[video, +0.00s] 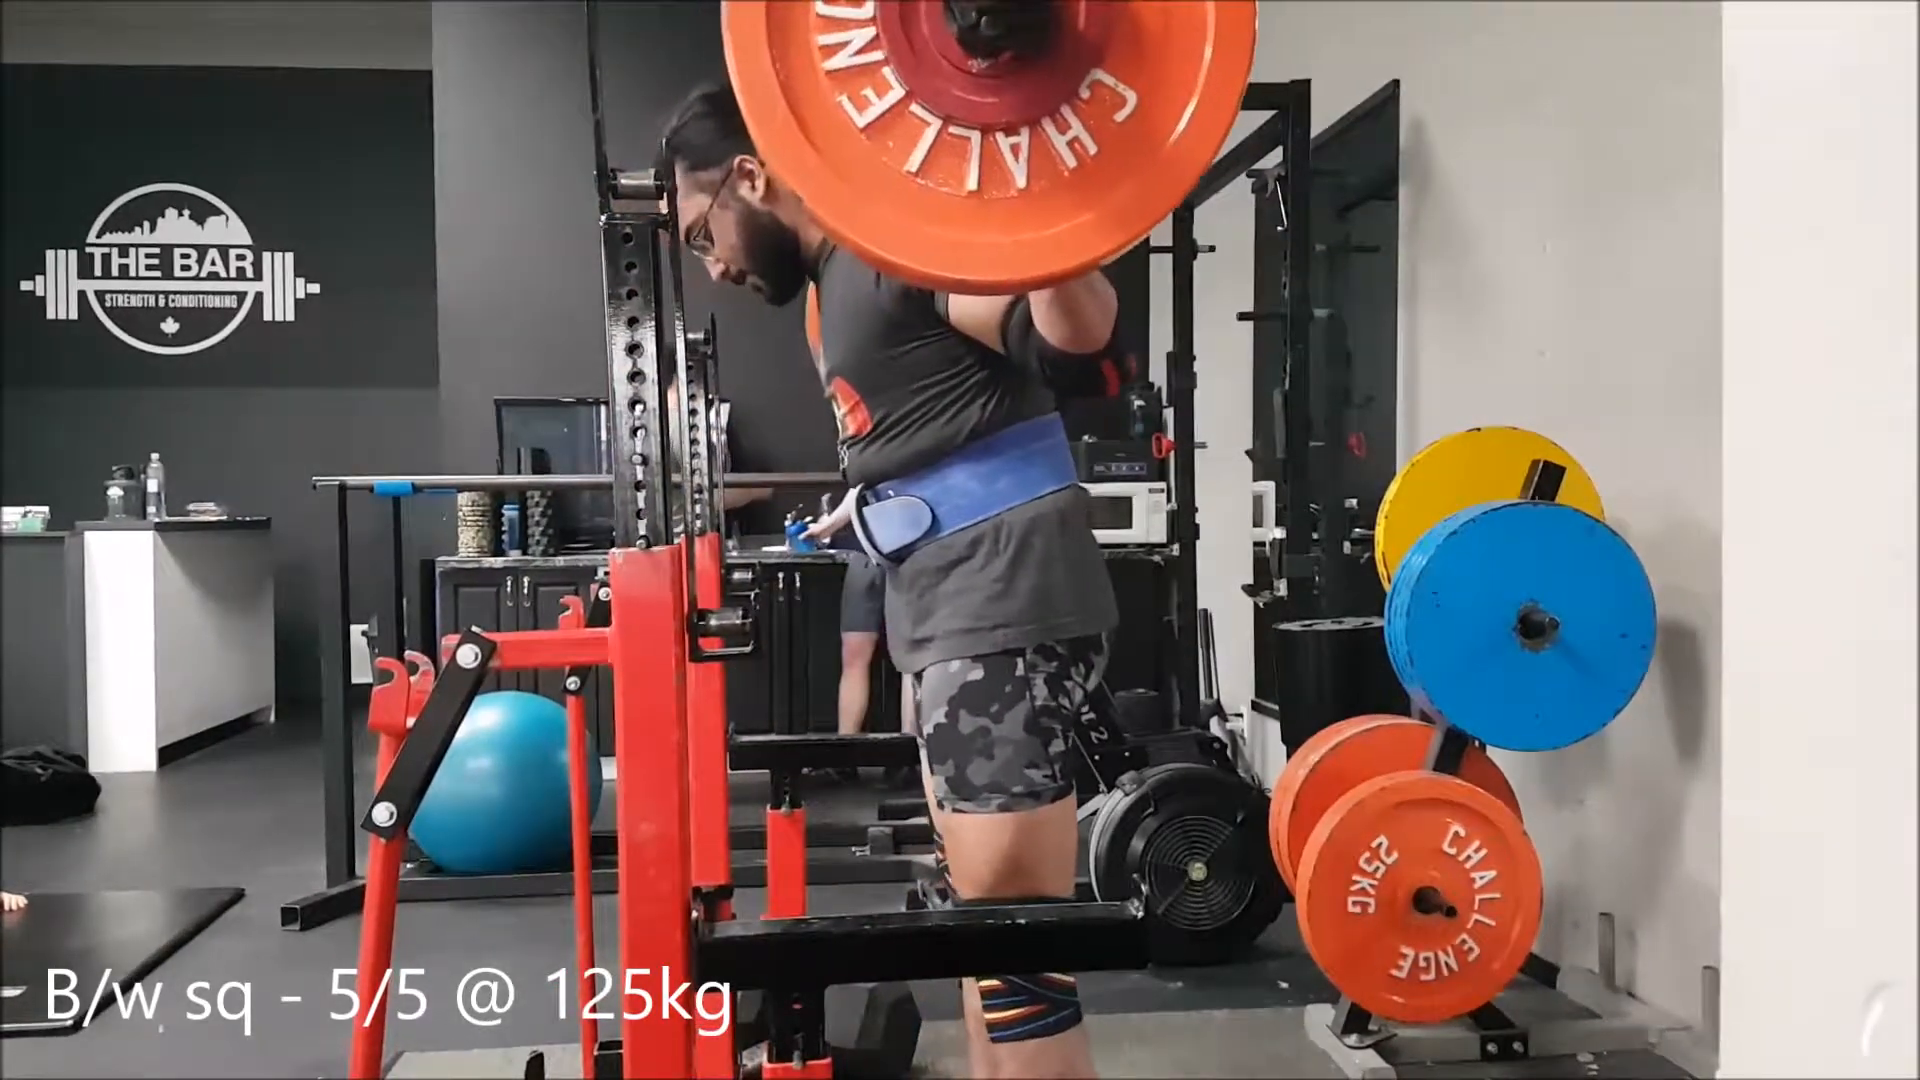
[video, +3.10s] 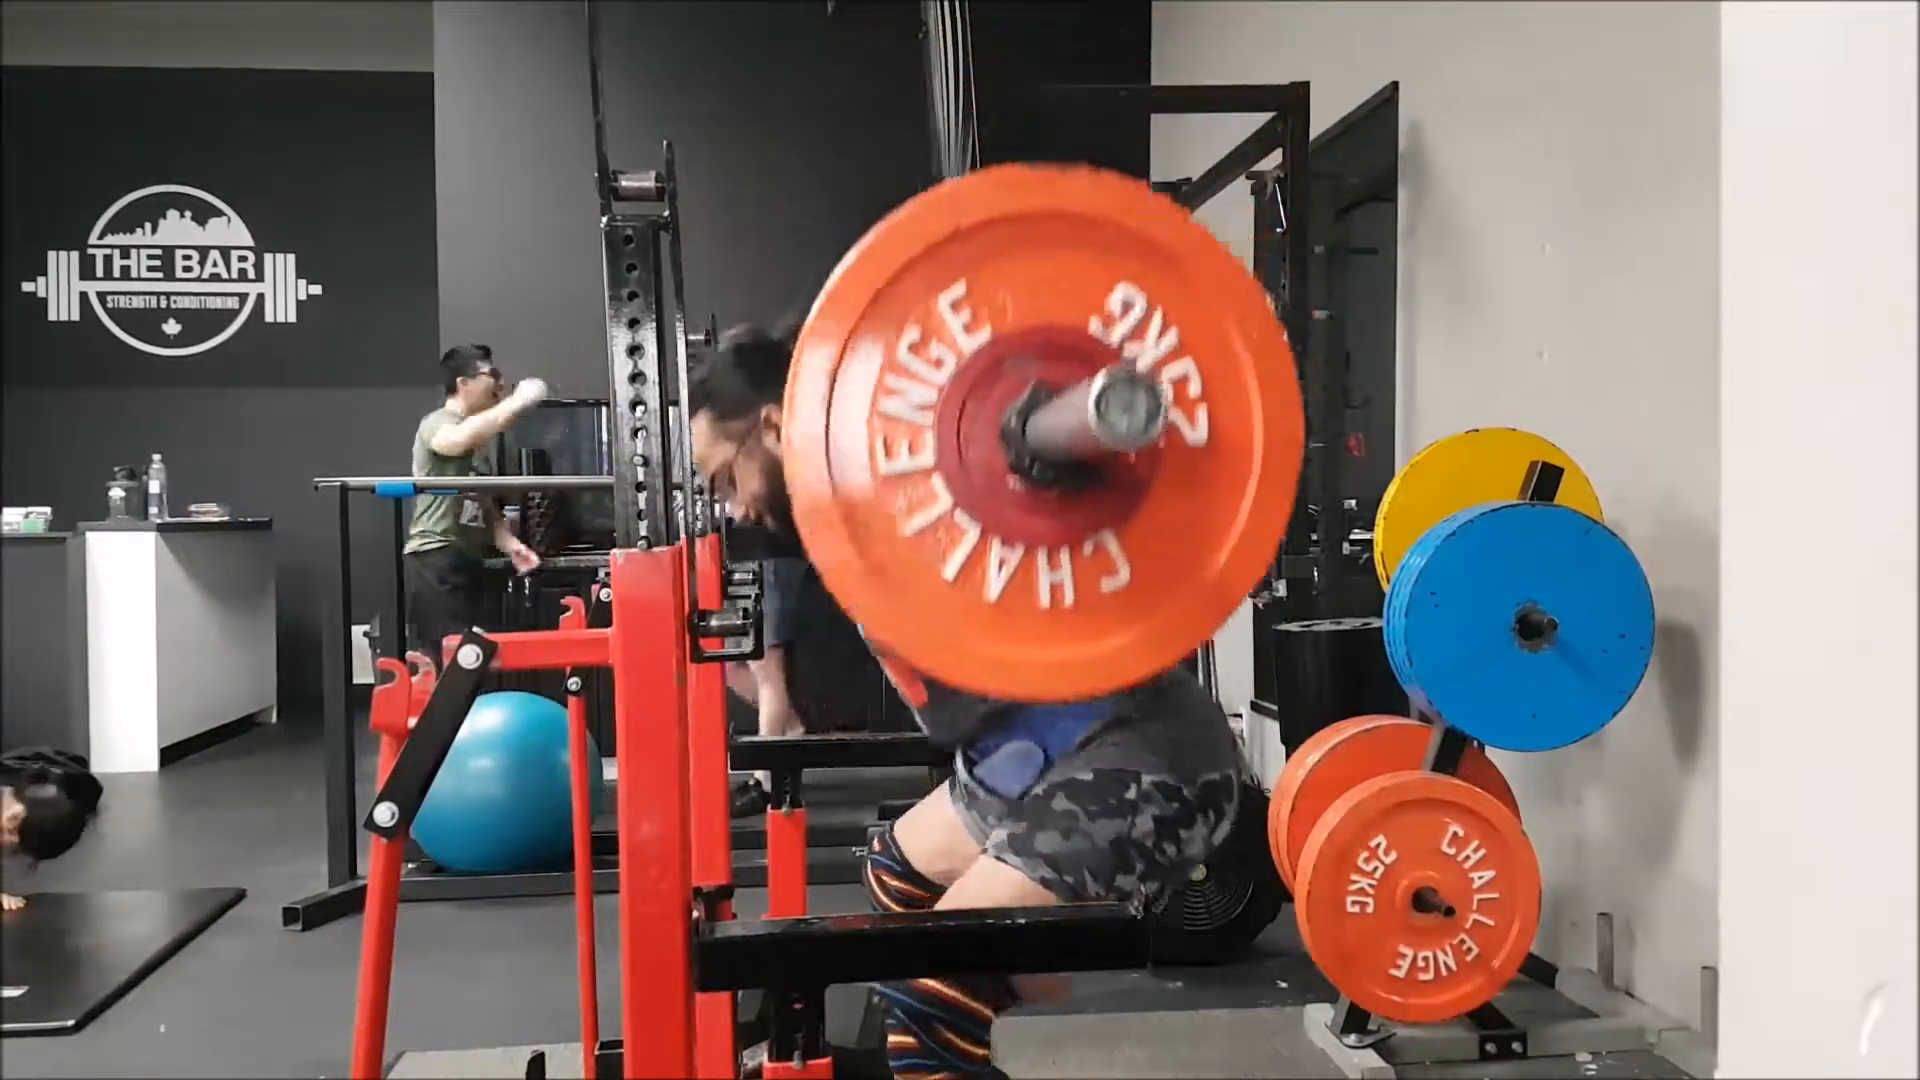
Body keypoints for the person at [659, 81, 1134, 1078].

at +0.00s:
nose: (711, 267)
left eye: (704, 234)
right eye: (694, 246)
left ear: (752, 171)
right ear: (745, 181)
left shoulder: (900, 239)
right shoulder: (835, 282)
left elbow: (1081, 327)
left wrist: (1043, 179)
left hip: (1006, 604)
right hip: (943, 609)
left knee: (1017, 942)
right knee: (983, 934)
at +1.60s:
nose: (754, 266)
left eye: (747, 231)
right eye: (737, 245)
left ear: (806, 179)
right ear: (801, 189)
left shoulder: (942, 235)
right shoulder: (883, 285)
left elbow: (1137, 341)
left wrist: (1135, 166)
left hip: (1052, 605)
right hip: (986, 610)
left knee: (1048, 944)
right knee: (1005, 934)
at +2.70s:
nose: (748, 301)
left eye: (743, 270)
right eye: (732, 284)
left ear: (795, 214)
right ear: (795, 224)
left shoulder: (924, 286)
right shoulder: (865, 333)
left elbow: (1116, 417)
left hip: (1080, 610)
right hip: (1000, 627)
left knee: (959, 946)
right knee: (928, 858)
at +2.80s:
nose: (743, 341)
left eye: (736, 312)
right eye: (727, 326)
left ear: (790, 257)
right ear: (789, 265)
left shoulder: (915, 325)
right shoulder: (854, 382)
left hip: (1097, 644)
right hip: (1011, 662)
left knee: (957, 950)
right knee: (923, 860)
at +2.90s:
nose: (737, 394)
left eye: (731, 365)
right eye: (722, 378)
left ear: (787, 312)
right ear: (784, 320)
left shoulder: (900, 365)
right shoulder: (849, 421)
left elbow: (1038, 281)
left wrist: (1125, 208)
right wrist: (814, 500)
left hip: (1119, 683)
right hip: (1027, 691)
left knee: (948, 999)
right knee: (915, 866)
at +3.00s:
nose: (740, 449)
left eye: (730, 416)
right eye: (724, 429)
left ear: (781, 364)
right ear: (783, 368)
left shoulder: (918, 411)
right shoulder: (855, 444)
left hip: (1126, 721)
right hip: (1023, 723)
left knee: (938, 1005)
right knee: (905, 868)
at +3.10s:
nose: (733, 508)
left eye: (726, 478)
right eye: (719, 490)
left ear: (775, 430)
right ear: (770, 436)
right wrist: (773, 692)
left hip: (1136, 756)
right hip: (1040, 742)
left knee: (924, 1014)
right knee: (897, 870)